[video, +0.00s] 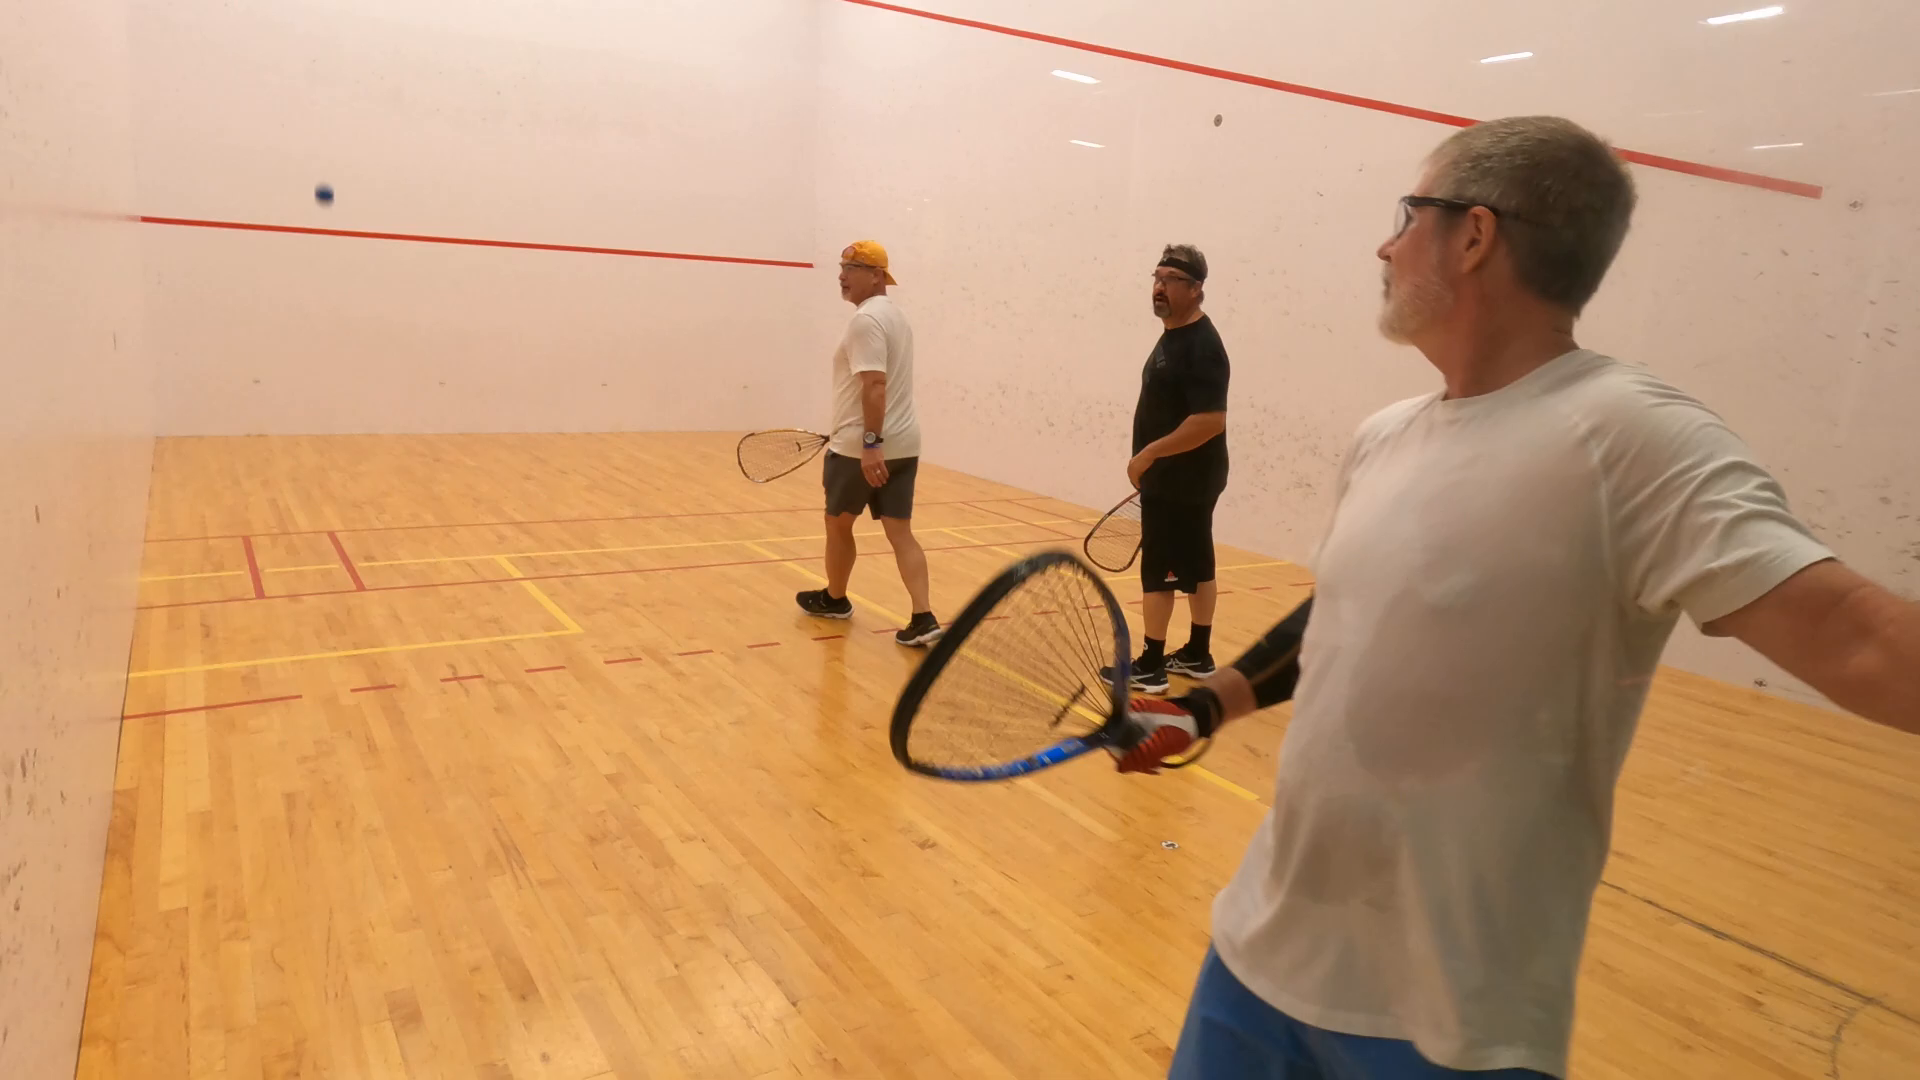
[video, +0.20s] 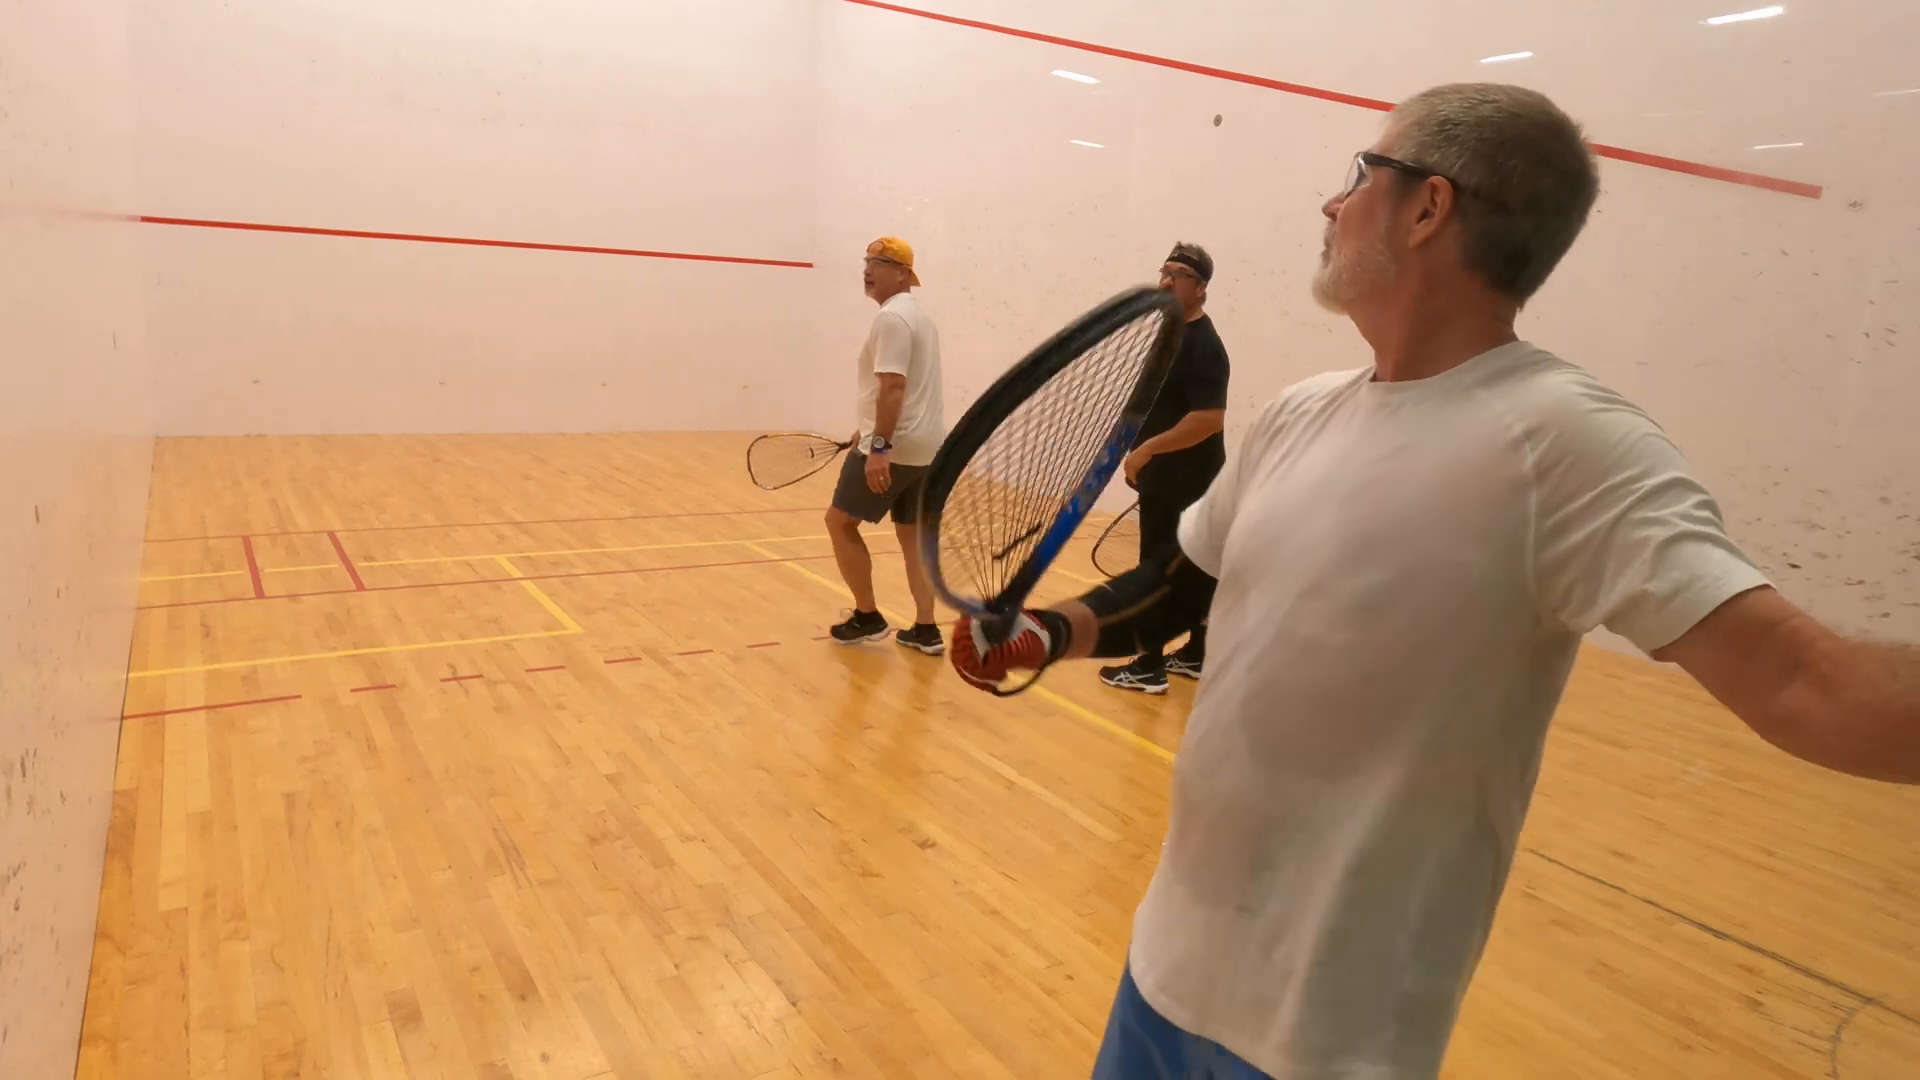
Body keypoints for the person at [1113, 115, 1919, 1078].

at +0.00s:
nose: (1386, 244)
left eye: (1409, 216)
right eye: (1399, 215)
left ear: (1475, 241)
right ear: (1477, 245)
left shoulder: (1628, 434)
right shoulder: (1385, 438)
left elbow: (1858, 635)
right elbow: (1350, 617)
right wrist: (1207, 705)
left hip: (1444, 1018)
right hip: (1257, 961)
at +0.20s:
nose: (1331, 203)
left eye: (1362, 173)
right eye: (1353, 173)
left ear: (1427, 209)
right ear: (1431, 215)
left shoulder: (1566, 441)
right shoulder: (1292, 416)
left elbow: (1799, 677)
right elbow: (1185, 580)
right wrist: (1057, 629)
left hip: (1333, 1031)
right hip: (1169, 963)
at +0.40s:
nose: (1341, 186)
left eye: (1377, 157)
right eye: (1363, 156)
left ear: (1451, 205)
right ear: (1447, 206)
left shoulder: (1564, 463)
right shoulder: (1264, 397)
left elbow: (1774, 734)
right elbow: (1081, 536)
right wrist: (994, 544)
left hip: (1277, 1032)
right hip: (1113, 965)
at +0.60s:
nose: (1385, 185)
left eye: (1430, 162)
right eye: (1416, 156)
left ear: (1507, 233)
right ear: (1503, 233)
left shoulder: (1592, 481)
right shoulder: (1293, 382)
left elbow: (1550, 803)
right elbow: (1048, 507)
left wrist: (1467, 667)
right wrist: (1201, 431)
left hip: (1286, 1036)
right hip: (1111, 957)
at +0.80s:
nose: (1437, 183)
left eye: (1489, 164)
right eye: (1465, 153)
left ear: (1583, 243)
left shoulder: (1601, 477)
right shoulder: (1328, 376)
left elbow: (1308, 717)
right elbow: (1066, 440)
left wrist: (1017, 612)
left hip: (1320, 1034)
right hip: (1169, 953)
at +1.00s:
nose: (1427, 145)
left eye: (1466, 123)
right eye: (1454, 117)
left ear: (1535, 187)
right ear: (1529, 189)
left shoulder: (1570, 427)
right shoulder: (1356, 360)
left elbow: (1341, 742)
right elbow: (1160, 376)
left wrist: (1038, 712)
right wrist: (1001, 338)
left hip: (1418, 1048)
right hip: (1267, 989)